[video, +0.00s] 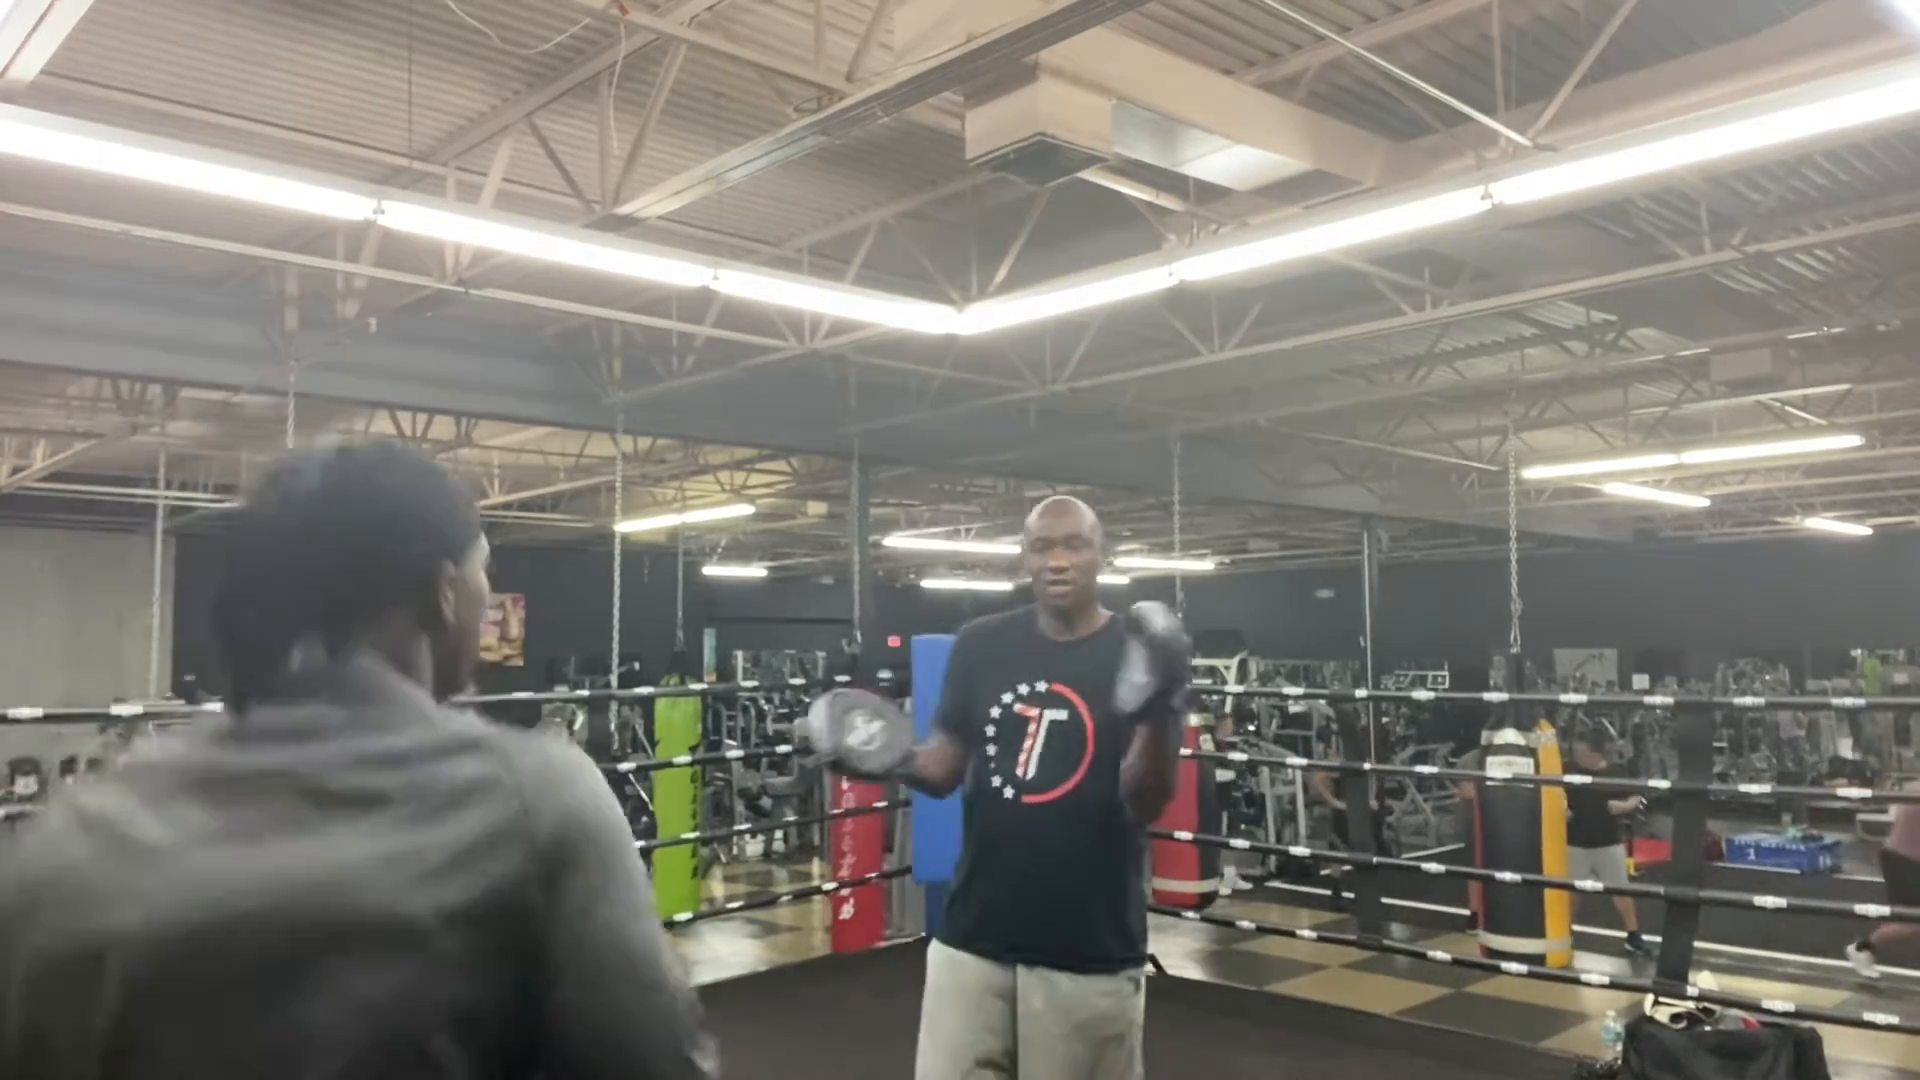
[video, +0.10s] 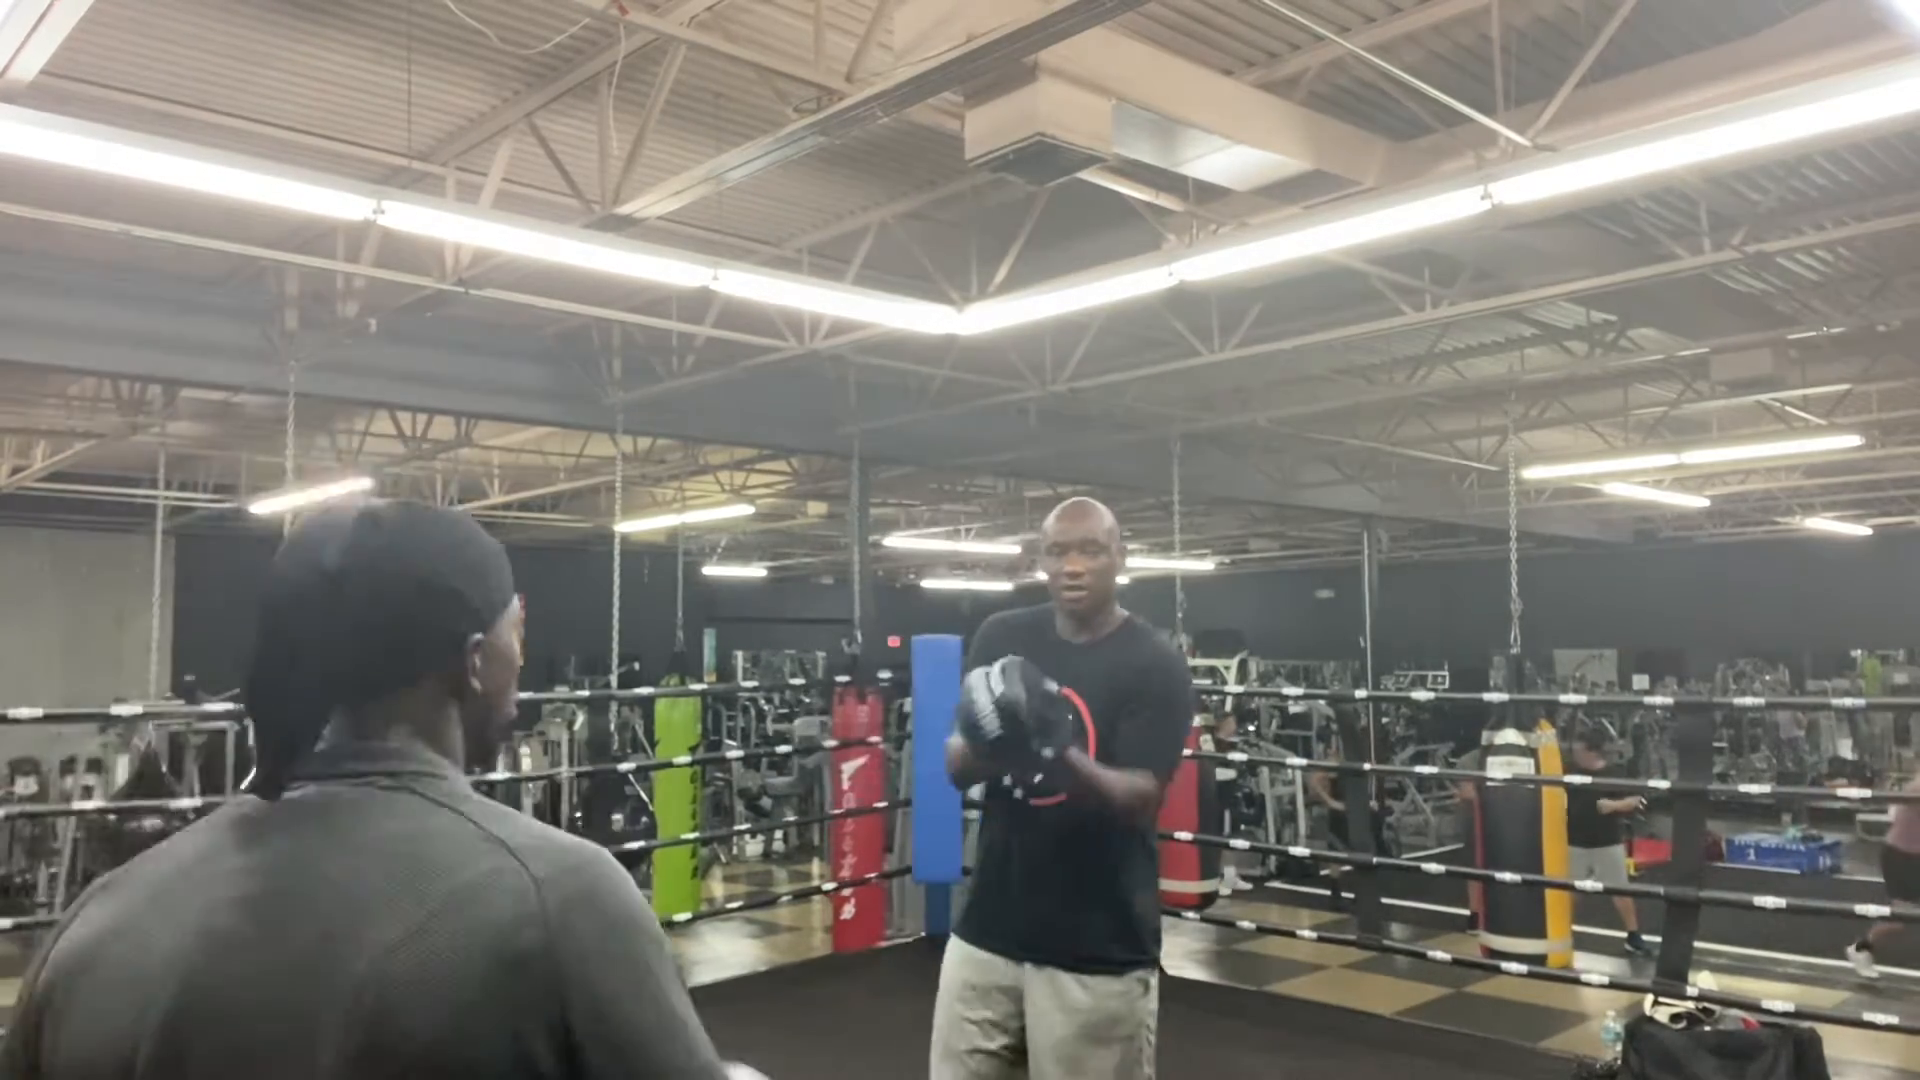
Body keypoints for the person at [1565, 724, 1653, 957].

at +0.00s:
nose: (1575, 752)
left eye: (1580, 747)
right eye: (1575, 747)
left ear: (1596, 750)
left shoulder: (1615, 774)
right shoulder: (1567, 773)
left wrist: (1627, 805)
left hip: (1608, 841)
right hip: (1575, 842)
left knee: (1620, 890)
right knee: (1571, 890)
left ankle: (1633, 934)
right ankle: (1564, 932)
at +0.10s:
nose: (1576, 753)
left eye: (1580, 749)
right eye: (1579, 749)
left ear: (1593, 750)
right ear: (1575, 751)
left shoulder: (1615, 774)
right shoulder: (1568, 775)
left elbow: (1637, 800)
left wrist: (1613, 805)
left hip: (1608, 841)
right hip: (1575, 841)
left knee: (1620, 890)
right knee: (1569, 892)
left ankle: (1633, 935)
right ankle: (1561, 935)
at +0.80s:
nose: (1575, 757)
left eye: (1578, 751)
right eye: (1572, 752)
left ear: (1589, 753)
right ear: (1567, 753)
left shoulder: (1607, 772)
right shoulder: (1562, 776)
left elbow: (1632, 794)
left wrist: (1611, 797)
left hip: (1604, 841)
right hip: (1573, 843)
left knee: (1619, 889)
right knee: (1567, 893)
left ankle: (1633, 935)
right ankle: (1563, 938)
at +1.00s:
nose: (1586, 760)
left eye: (1590, 754)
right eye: (1581, 754)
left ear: (1596, 755)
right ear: (1570, 755)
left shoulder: (1604, 778)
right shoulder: (1564, 780)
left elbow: (1616, 804)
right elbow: (1556, 810)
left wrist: (1628, 803)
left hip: (1605, 842)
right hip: (1575, 844)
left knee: (1620, 889)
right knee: (1570, 893)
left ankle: (1633, 934)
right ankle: (1568, 940)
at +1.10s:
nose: (1589, 760)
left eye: (1593, 755)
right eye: (1584, 755)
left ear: (1599, 755)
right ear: (1574, 755)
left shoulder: (1609, 775)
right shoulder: (1565, 779)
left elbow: (1621, 802)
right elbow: (1559, 809)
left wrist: (1630, 802)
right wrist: (1576, 781)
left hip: (1607, 841)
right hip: (1577, 844)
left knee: (1619, 889)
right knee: (1572, 893)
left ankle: (1633, 935)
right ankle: (1570, 940)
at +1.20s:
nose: (1593, 757)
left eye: (1598, 752)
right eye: (1590, 753)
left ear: (1604, 751)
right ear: (1577, 752)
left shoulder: (1610, 763)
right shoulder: (1567, 765)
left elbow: (1627, 788)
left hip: (1606, 837)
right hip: (1578, 839)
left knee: (1619, 889)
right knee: (1574, 893)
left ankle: (1633, 935)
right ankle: (1570, 941)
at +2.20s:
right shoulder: (1575, 761)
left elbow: (1638, 795)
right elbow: (1587, 791)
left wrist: (1635, 769)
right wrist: (1607, 768)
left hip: (1613, 838)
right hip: (1580, 839)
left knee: (1624, 889)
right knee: (1574, 894)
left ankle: (1634, 936)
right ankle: (1570, 936)